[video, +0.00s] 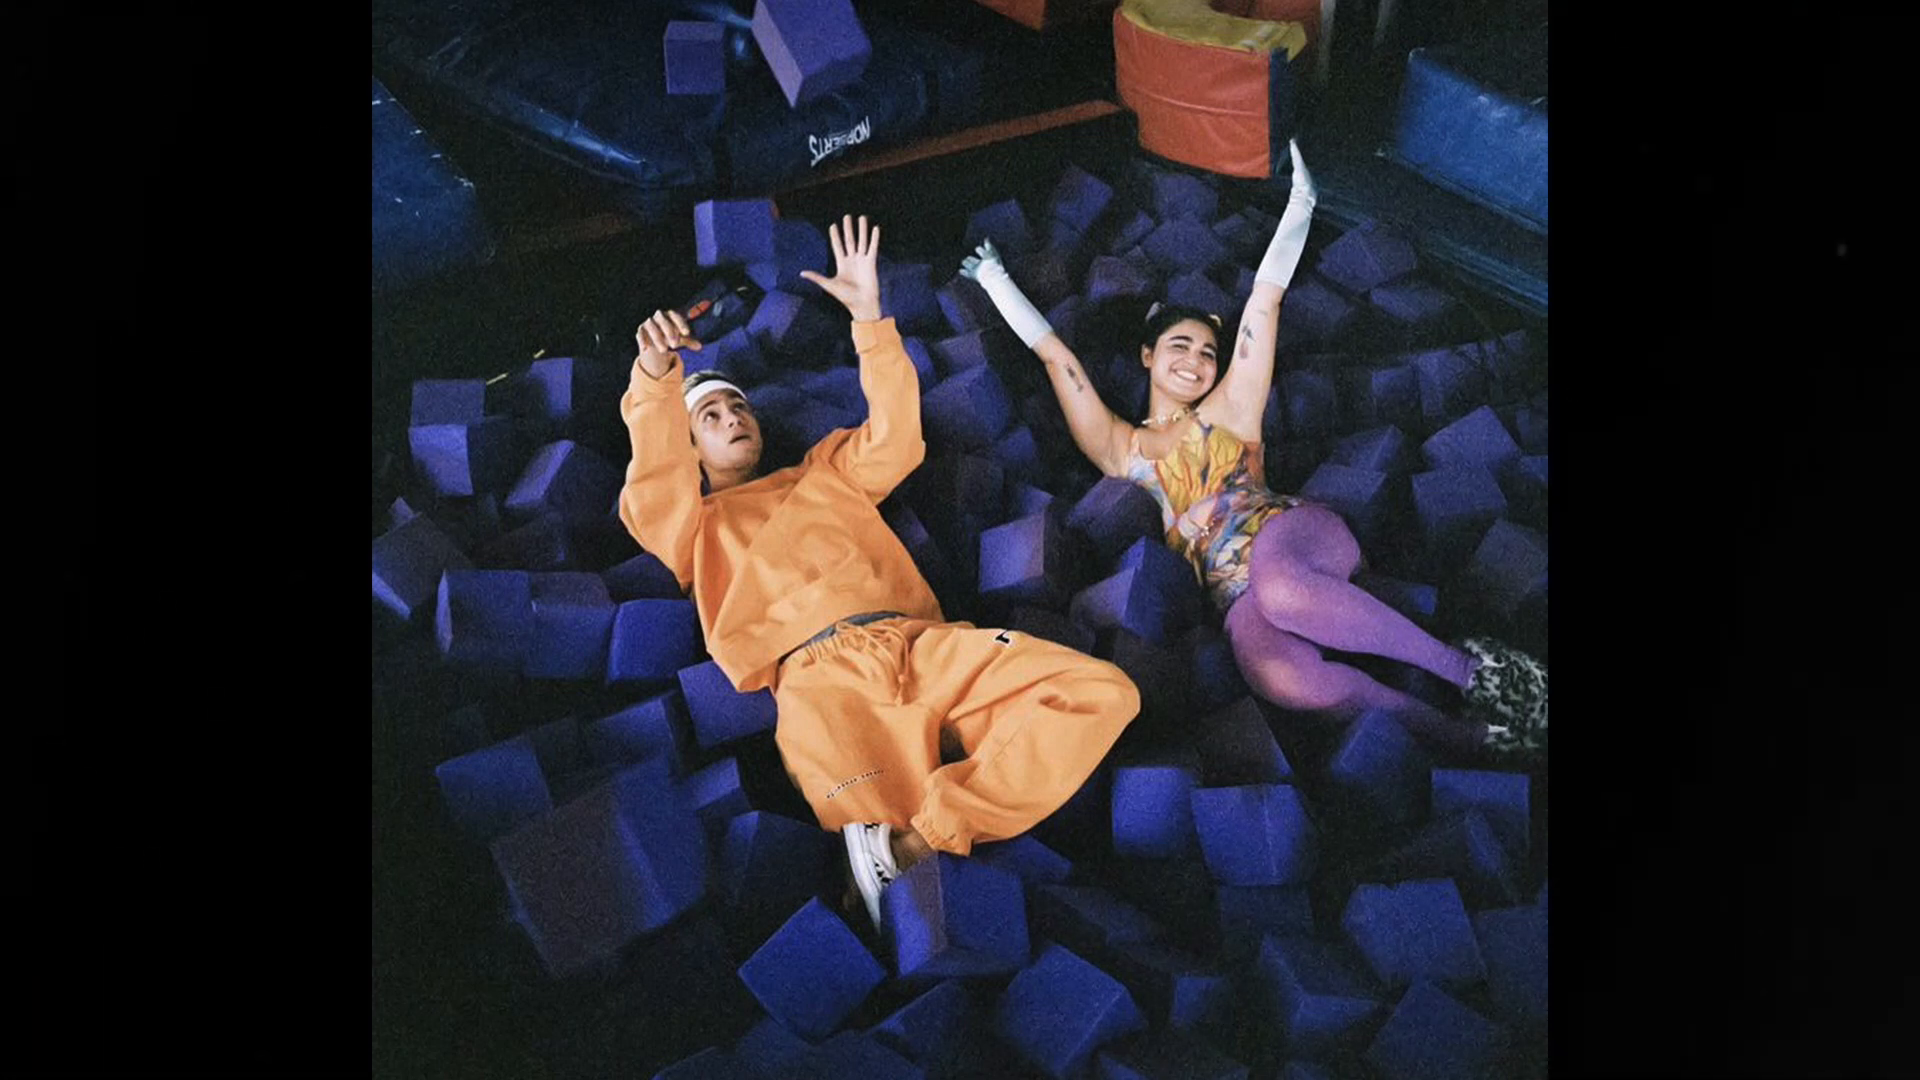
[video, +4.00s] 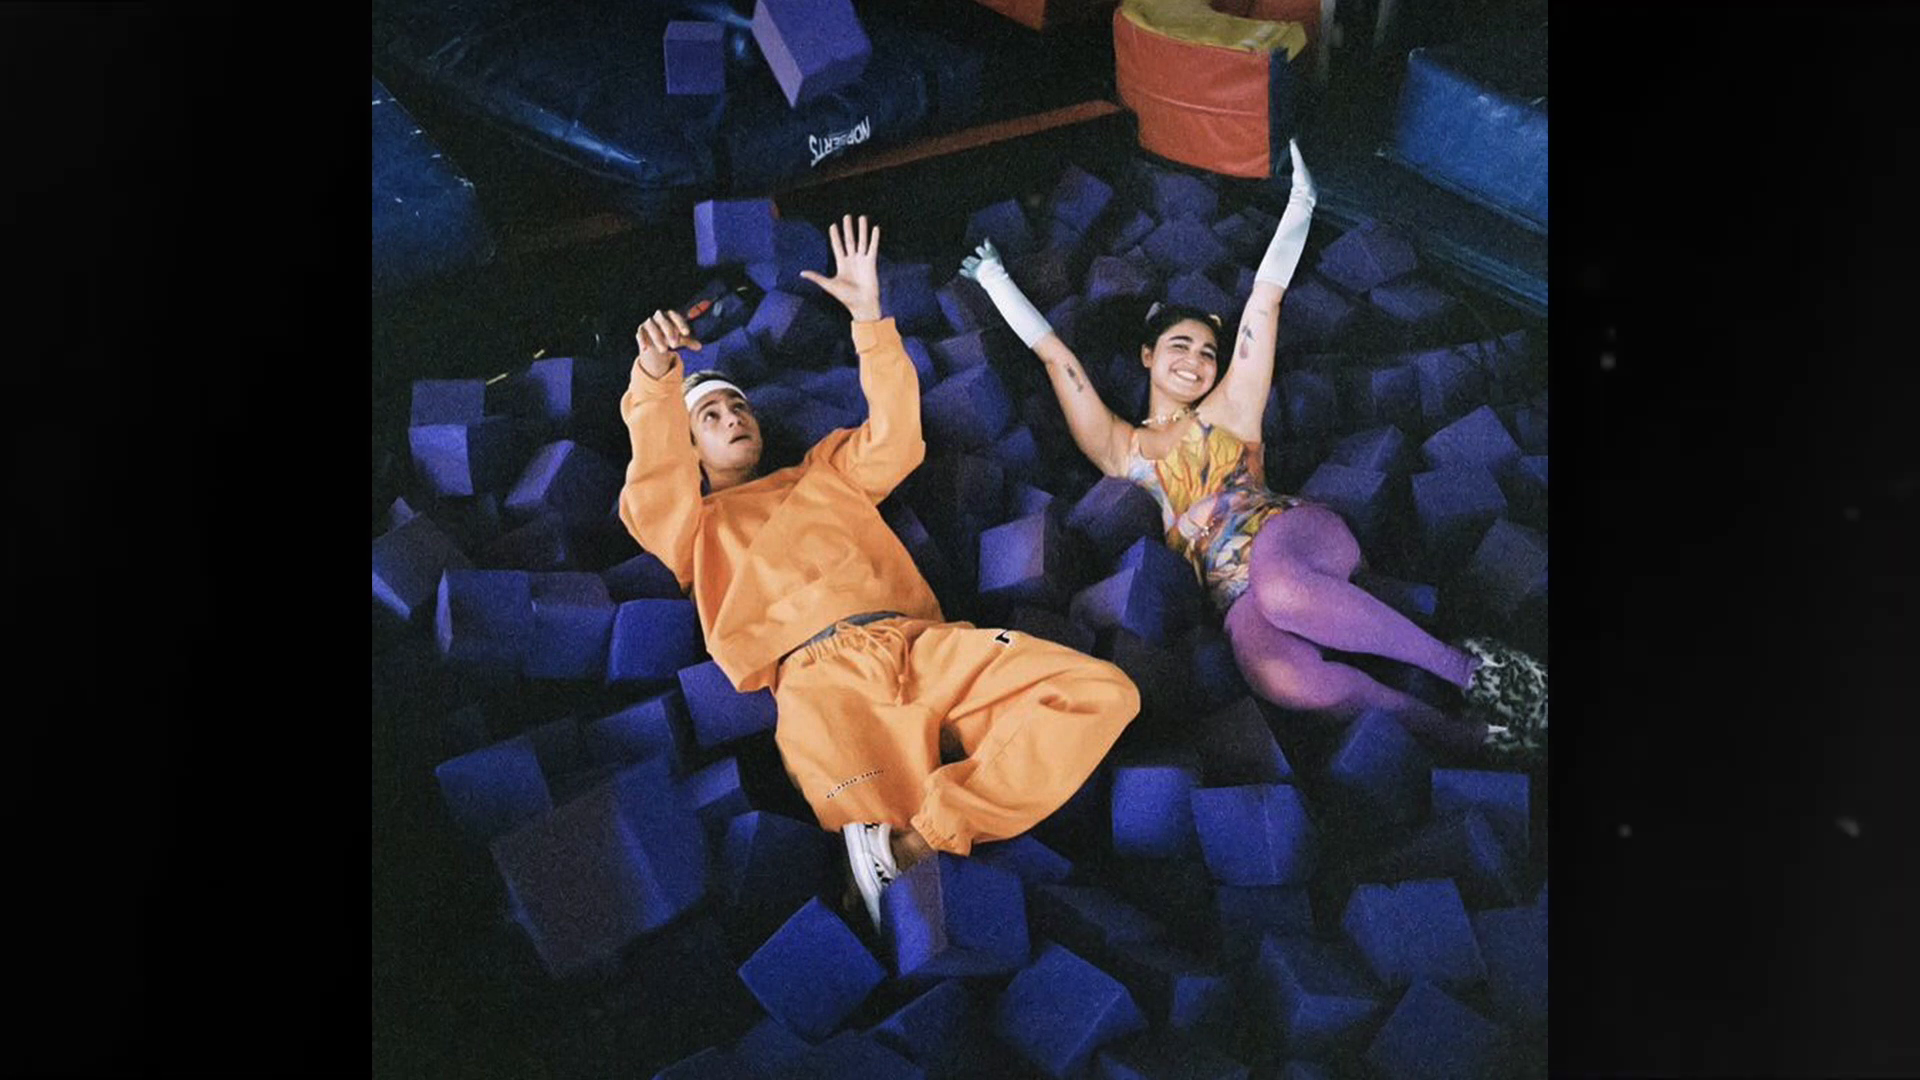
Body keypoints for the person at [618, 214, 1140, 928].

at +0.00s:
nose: (730, 418)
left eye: (738, 407)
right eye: (709, 415)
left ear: (761, 426)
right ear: (688, 449)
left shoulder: (827, 468)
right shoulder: (696, 525)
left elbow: (895, 435)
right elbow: (654, 477)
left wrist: (868, 317)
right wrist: (655, 374)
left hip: (917, 640)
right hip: (819, 673)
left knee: (1094, 693)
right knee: (880, 827)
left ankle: (915, 841)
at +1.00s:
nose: (730, 418)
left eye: (738, 407)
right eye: (709, 415)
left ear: (761, 426)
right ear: (688, 448)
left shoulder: (827, 468)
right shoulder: (695, 525)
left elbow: (895, 435)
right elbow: (654, 477)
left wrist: (868, 317)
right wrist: (655, 373)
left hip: (918, 640)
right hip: (819, 673)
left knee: (1094, 692)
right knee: (881, 828)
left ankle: (917, 841)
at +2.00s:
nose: (730, 418)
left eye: (738, 407)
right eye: (709, 415)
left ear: (761, 426)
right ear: (688, 448)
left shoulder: (827, 468)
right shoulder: (695, 525)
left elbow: (895, 435)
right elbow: (654, 477)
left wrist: (868, 317)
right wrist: (655, 373)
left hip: (918, 640)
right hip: (819, 673)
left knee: (1094, 692)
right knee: (880, 827)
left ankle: (917, 841)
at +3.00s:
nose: (731, 418)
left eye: (738, 407)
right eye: (709, 415)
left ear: (760, 425)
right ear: (688, 449)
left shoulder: (827, 468)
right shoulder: (696, 525)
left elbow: (895, 436)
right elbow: (655, 476)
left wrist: (868, 317)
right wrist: (655, 373)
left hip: (918, 641)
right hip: (820, 673)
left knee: (1094, 692)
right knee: (883, 831)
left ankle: (916, 841)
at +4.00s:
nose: (731, 418)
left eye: (738, 407)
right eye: (709, 415)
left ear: (760, 425)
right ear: (688, 449)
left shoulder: (827, 468)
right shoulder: (696, 525)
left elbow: (895, 436)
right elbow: (655, 477)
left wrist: (868, 317)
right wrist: (655, 373)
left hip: (918, 641)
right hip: (820, 673)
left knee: (1094, 692)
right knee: (883, 832)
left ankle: (916, 841)